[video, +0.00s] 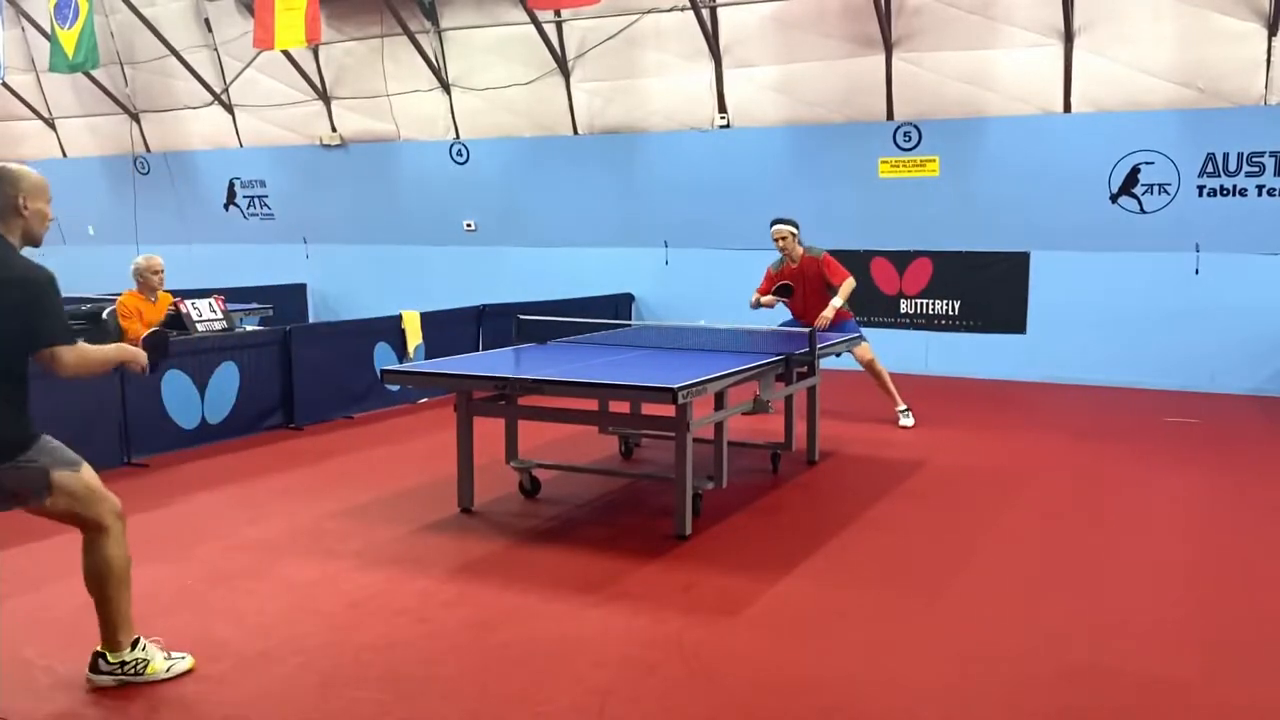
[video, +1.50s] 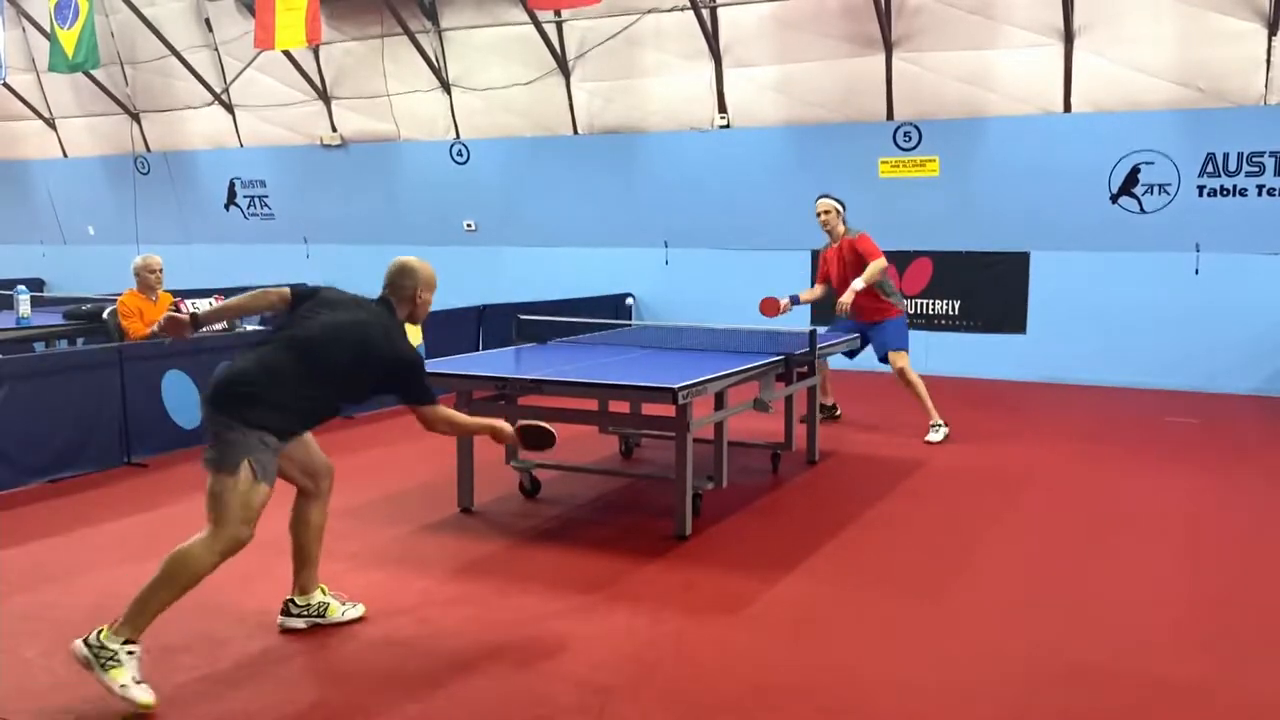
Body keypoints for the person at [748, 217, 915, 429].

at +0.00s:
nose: (779, 244)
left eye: (783, 238)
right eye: (775, 240)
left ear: (795, 237)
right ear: (773, 243)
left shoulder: (819, 259)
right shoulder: (776, 270)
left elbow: (849, 282)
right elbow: (754, 301)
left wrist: (831, 308)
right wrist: (763, 301)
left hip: (837, 319)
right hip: (802, 323)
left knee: (867, 359)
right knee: (764, 345)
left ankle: (901, 407)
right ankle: (763, 399)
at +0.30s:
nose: (780, 233)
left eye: (784, 228)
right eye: (775, 229)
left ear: (796, 229)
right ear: (773, 234)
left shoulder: (818, 250)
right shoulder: (773, 266)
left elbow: (852, 269)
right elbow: (765, 305)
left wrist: (841, 302)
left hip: (836, 310)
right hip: (801, 314)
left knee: (868, 346)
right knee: (764, 344)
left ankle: (895, 401)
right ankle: (763, 398)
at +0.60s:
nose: (796, 230)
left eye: (801, 226)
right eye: (792, 226)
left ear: (811, 227)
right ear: (788, 230)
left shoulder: (833, 250)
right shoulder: (787, 262)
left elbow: (860, 277)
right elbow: (799, 298)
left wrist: (849, 309)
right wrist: (804, 326)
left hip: (845, 309)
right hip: (813, 312)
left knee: (869, 349)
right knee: (776, 342)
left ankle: (884, 406)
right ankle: (764, 397)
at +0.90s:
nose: (803, 221)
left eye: (808, 216)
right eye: (798, 217)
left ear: (818, 218)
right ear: (794, 221)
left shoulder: (838, 246)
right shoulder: (789, 253)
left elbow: (864, 273)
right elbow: (785, 288)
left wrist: (855, 305)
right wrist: (789, 310)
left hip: (841, 311)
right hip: (807, 313)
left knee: (868, 350)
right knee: (773, 344)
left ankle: (881, 405)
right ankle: (764, 398)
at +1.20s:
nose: (817, 198)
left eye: (822, 193)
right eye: (813, 194)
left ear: (832, 195)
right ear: (809, 199)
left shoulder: (852, 221)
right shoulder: (809, 233)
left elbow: (884, 243)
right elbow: (803, 267)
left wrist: (861, 264)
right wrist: (788, 278)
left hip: (870, 301)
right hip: (836, 302)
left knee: (876, 354)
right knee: (800, 342)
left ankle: (890, 404)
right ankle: (806, 398)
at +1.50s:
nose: (823, 218)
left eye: (827, 213)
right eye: (819, 215)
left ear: (840, 214)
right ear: (817, 220)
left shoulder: (858, 239)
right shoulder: (827, 254)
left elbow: (880, 263)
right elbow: (820, 290)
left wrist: (852, 289)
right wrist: (791, 300)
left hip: (887, 315)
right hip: (854, 318)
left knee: (900, 366)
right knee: (814, 350)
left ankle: (936, 421)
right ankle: (827, 404)